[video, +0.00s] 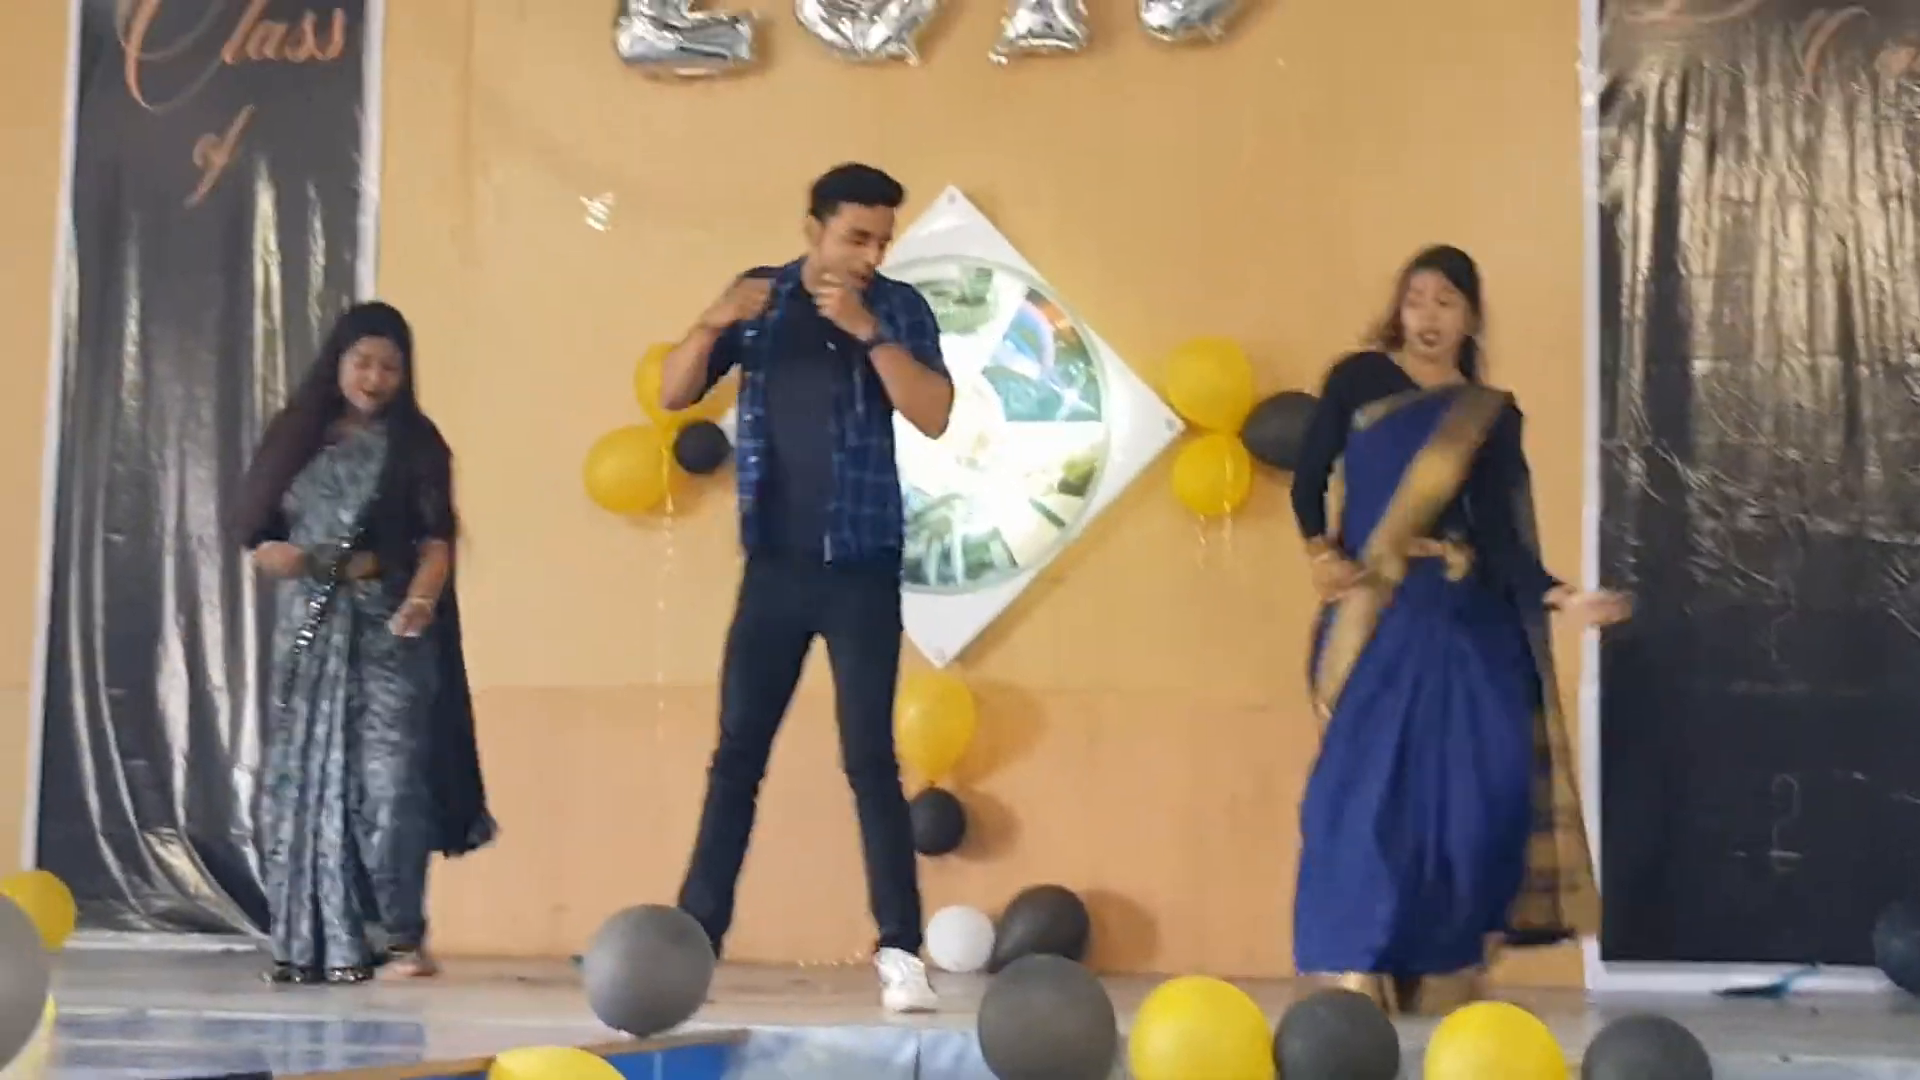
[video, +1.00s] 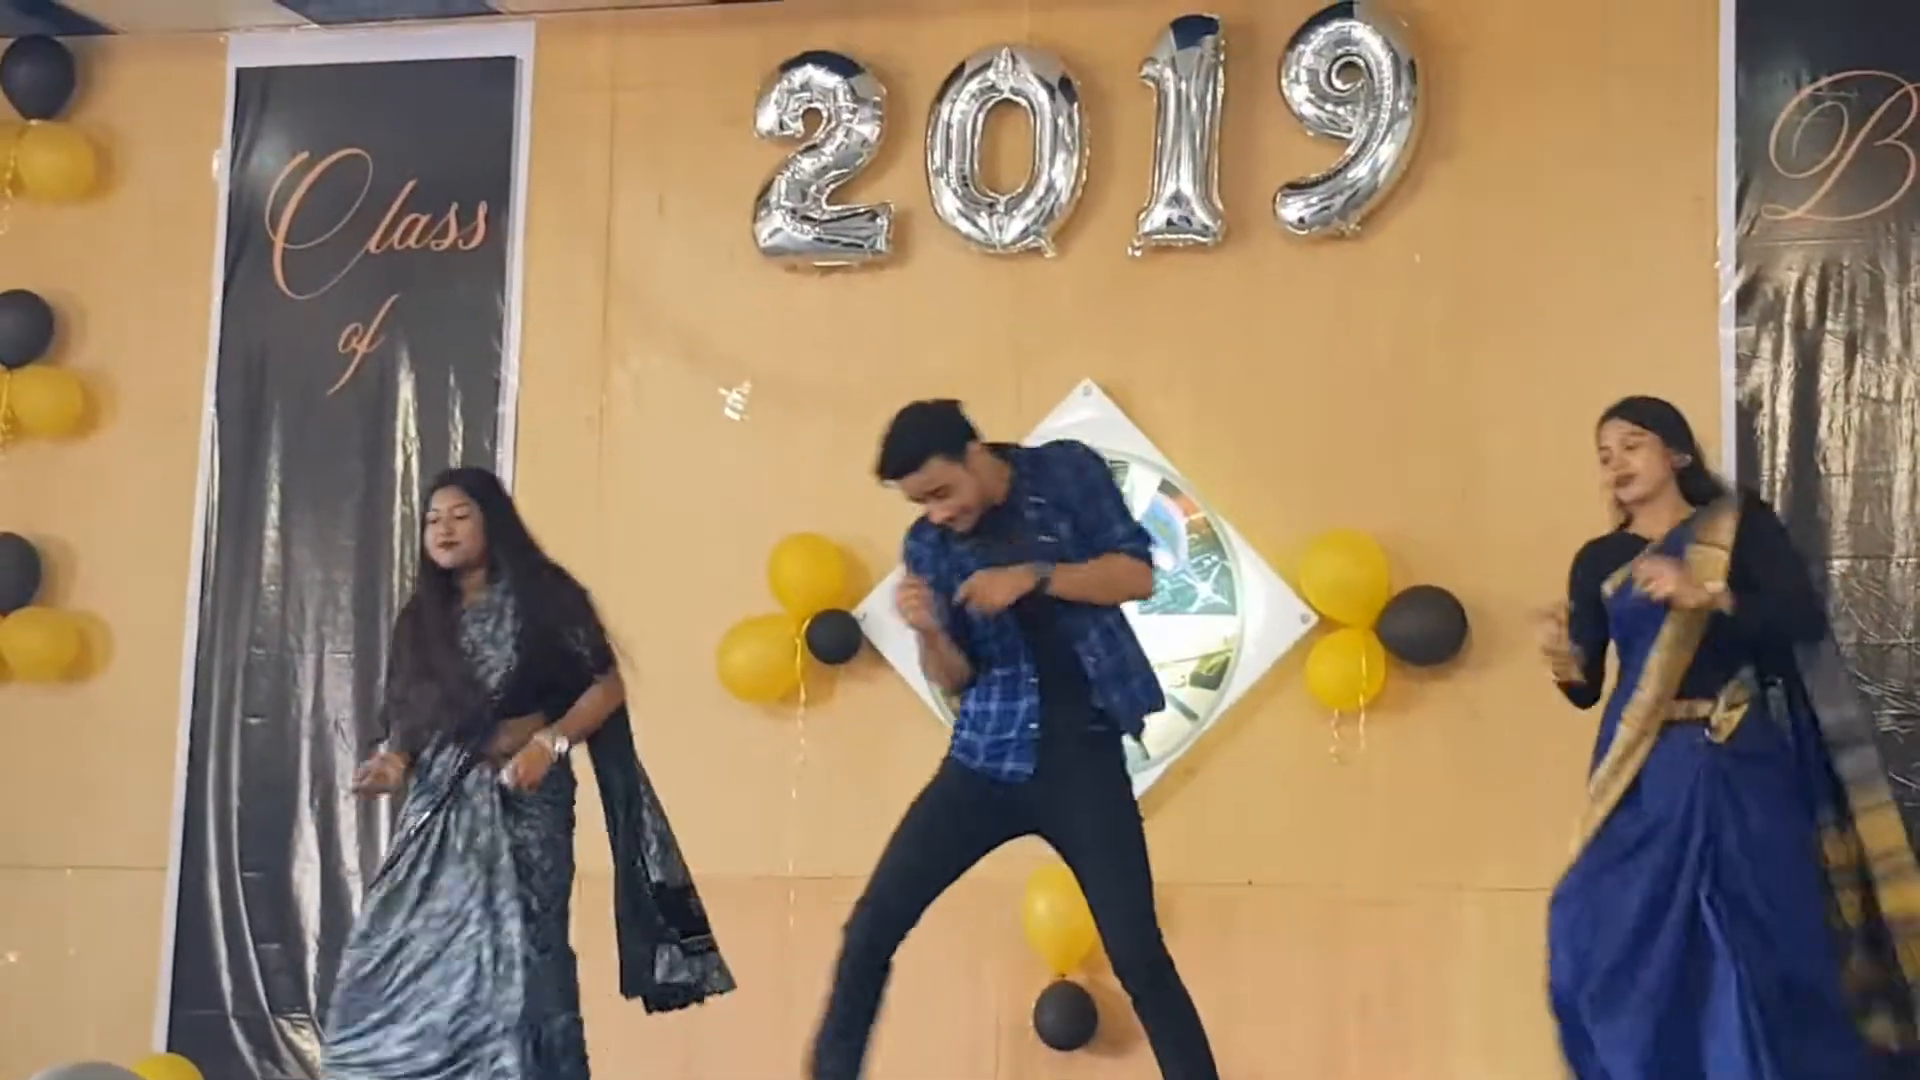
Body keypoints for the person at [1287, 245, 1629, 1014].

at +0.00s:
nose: (1427, 315)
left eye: (1444, 302)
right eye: (1415, 299)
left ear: (1470, 318)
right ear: (1397, 308)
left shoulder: (1491, 412)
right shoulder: (1357, 379)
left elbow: (1504, 539)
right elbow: (1308, 476)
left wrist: (1561, 597)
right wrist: (1320, 549)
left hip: (1471, 610)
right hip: (1379, 607)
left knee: (1485, 779)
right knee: (1372, 779)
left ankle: (1452, 961)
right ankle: (1364, 967)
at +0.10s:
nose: (1477, 319)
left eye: (1495, 306)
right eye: (1466, 306)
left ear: (1530, 318)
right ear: (1453, 317)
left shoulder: (1554, 418)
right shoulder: (1425, 380)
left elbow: (1551, 542)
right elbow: (1346, 469)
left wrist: (1638, 563)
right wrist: (1388, 508)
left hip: (1519, 613)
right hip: (1426, 606)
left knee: (1569, 778)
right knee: (1424, 782)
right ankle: (1397, 986)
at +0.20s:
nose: (1532, 325)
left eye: (1549, 311)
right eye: (1522, 312)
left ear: (1587, 322)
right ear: (1512, 321)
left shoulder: (1619, 421)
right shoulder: (1488, 390)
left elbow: (1606, 543)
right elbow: (1412, 481)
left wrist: (1707, 550)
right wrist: (1477, 482)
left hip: (1562, 613)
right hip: (1470, 604)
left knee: (1618, 772)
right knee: (1469, 783)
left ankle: (1697, 978)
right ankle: (1447, 992)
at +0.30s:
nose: (1579, 343)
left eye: (1596, 328)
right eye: (1570, 330)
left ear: (1639, 342)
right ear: (1562, 343)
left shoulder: (1672, 443)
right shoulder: (1539, 421)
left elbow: (1667, 569)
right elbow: (1485, 531)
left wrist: (1768, 576)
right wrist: (1561, 515)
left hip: (1627, 639)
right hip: (1535, 634)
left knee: (1676, 803)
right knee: (1533, 811)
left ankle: (1738, 1014)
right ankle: (1539, 1015)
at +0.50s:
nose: (1660, 364)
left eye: (1678, 349)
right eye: (1651, 352)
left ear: (1721, 362)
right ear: (1644, 367)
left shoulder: (1767, 462)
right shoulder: (1618, 446)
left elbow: (1786, 586)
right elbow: (1558, 557)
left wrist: (1866, 566)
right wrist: (1638, 537)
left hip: (1741, 669)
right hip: (1641, 670)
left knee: (1760, 844)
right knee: (1659, 851)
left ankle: (1760, 1047)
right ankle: (1650, 1041)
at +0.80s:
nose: (1682, 451)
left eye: (1699, 436)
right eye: (1674, 437)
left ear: (1741, 445)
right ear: (1664, 446)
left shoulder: (1790, 532)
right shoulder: (1642, 537)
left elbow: (1819, 681)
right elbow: (1622, 658)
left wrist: (1825, 620)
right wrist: (1650, 665)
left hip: (1780, 755)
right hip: (1688, 762)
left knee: (1793, 943)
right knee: (1706, 944)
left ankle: (1803, 1066)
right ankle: (1720, 1067)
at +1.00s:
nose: (1616, 465)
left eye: (1632, 447)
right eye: (1606, 454)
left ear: (1675, 453)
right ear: (1601, 468)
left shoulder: (1740, 523)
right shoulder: (1598, 559)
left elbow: (1805, 618)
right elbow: (1584, 690)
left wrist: (1708, 595)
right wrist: (1563, 656)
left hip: (1743, 760)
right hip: (1644, 770)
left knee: (1751, 936)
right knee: (1626, 931)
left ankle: (1758, 1065)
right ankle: (1641, 1065)